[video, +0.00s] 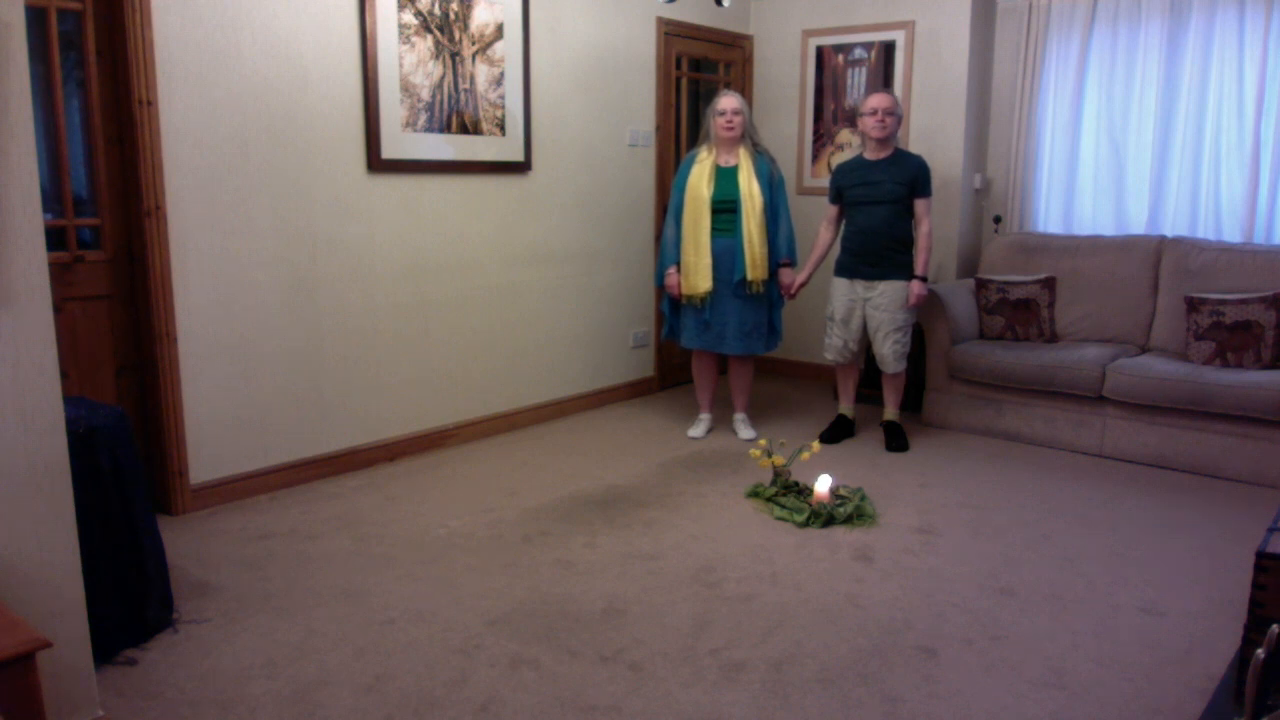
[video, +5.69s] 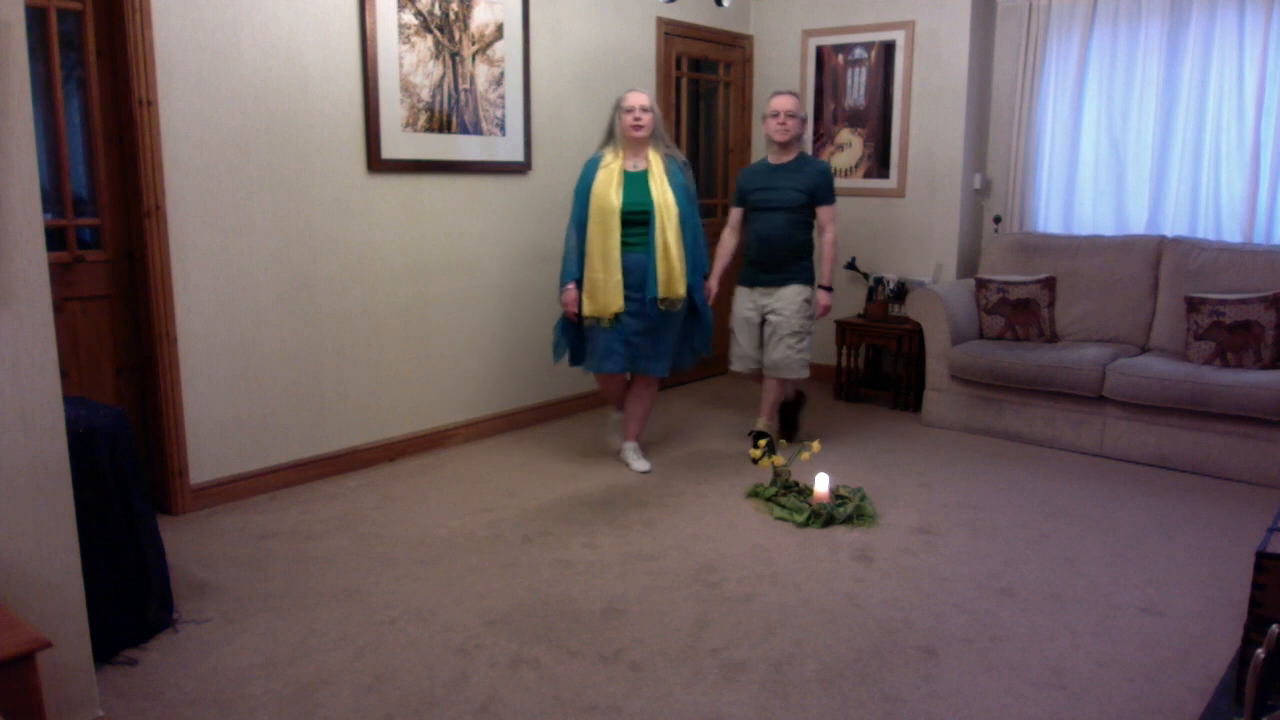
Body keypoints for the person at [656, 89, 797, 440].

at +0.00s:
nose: (729, 119)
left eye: (736, 113)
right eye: (722, 114)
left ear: (746, 119)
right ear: (711, 120)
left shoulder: (762, 164)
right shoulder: (692, 163)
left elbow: (779, 216)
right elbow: (674, 218)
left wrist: (785, 264)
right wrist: (671, 266)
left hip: (749, 268)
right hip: (700, 269)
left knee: (742, 344)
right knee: (702, 343)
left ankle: (741, 415)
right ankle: (704, 413)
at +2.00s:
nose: (730, 119)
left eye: (737, 113)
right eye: (723, 113)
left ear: (747, 119)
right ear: (713, 120)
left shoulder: (764, 164)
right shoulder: (694, 163)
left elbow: (780, 216)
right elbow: (675, 218)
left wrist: (785, 264)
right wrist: (671, 266)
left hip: (750, 269)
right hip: (702, 269)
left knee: (743, 345)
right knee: (703, 343)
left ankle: (741, 414)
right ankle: (705, 413)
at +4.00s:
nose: (733, 120)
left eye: (741, 114)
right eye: (726, 114)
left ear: (751, 119)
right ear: (716, 120)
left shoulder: (768, 164)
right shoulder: (698, 164)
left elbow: (785, 216)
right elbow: (680, 218)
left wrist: (790, 265)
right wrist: (674, 266)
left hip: (754, 269)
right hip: (705, 270)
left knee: (746, 346)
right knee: (705, 344)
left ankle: (740, 414)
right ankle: (704, 413)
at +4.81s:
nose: (692, 123)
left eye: (699, 116)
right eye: (685, 117)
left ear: (710, 122)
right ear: (674, 124)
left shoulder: (728, 168)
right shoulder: (655, 168)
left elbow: (748, 222)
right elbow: (637, 224)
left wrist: (762, 269)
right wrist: (626, 270)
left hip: (715, 274)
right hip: (660, 274)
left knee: (725, 348)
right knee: (656, 349)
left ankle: (736, 413)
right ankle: (658, 415)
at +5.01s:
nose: (674, 123)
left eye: (681, 116)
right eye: (666, 117)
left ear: (692, 122)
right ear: (656, 123)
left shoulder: (710, 169)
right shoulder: (637, 167)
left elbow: (729, 224)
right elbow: (617, 222)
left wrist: (739, 271)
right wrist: (605, 270)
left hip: (694, 276)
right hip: (643, 277)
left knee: (697, 347)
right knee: (648, 348)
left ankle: (698, 412)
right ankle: (655, 416)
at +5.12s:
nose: (668, 121)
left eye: (675, 115)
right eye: (661, 115)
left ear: (686, 120)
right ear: (650, 121)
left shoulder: (704, 169)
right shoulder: (630, 166)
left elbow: (722, 222)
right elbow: (610, 222)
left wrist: (731, 269)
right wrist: (599, 272)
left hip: (687, 274)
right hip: (637, 274)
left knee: (680, 347)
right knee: (646, 348)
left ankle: (666, 420)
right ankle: (655, 417)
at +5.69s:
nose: (637, 116)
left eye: (645, 110)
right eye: (630, 111)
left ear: (656, 119)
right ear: (617, 119)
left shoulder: (674, 167)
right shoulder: (597, 166)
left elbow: (692, 225)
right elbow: (577, 229)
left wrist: (700, 277)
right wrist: (570, 282)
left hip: (661, 283)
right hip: (607, 283)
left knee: (648, 367)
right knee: (606, 367)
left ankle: (632, 442)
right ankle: (621, 409)